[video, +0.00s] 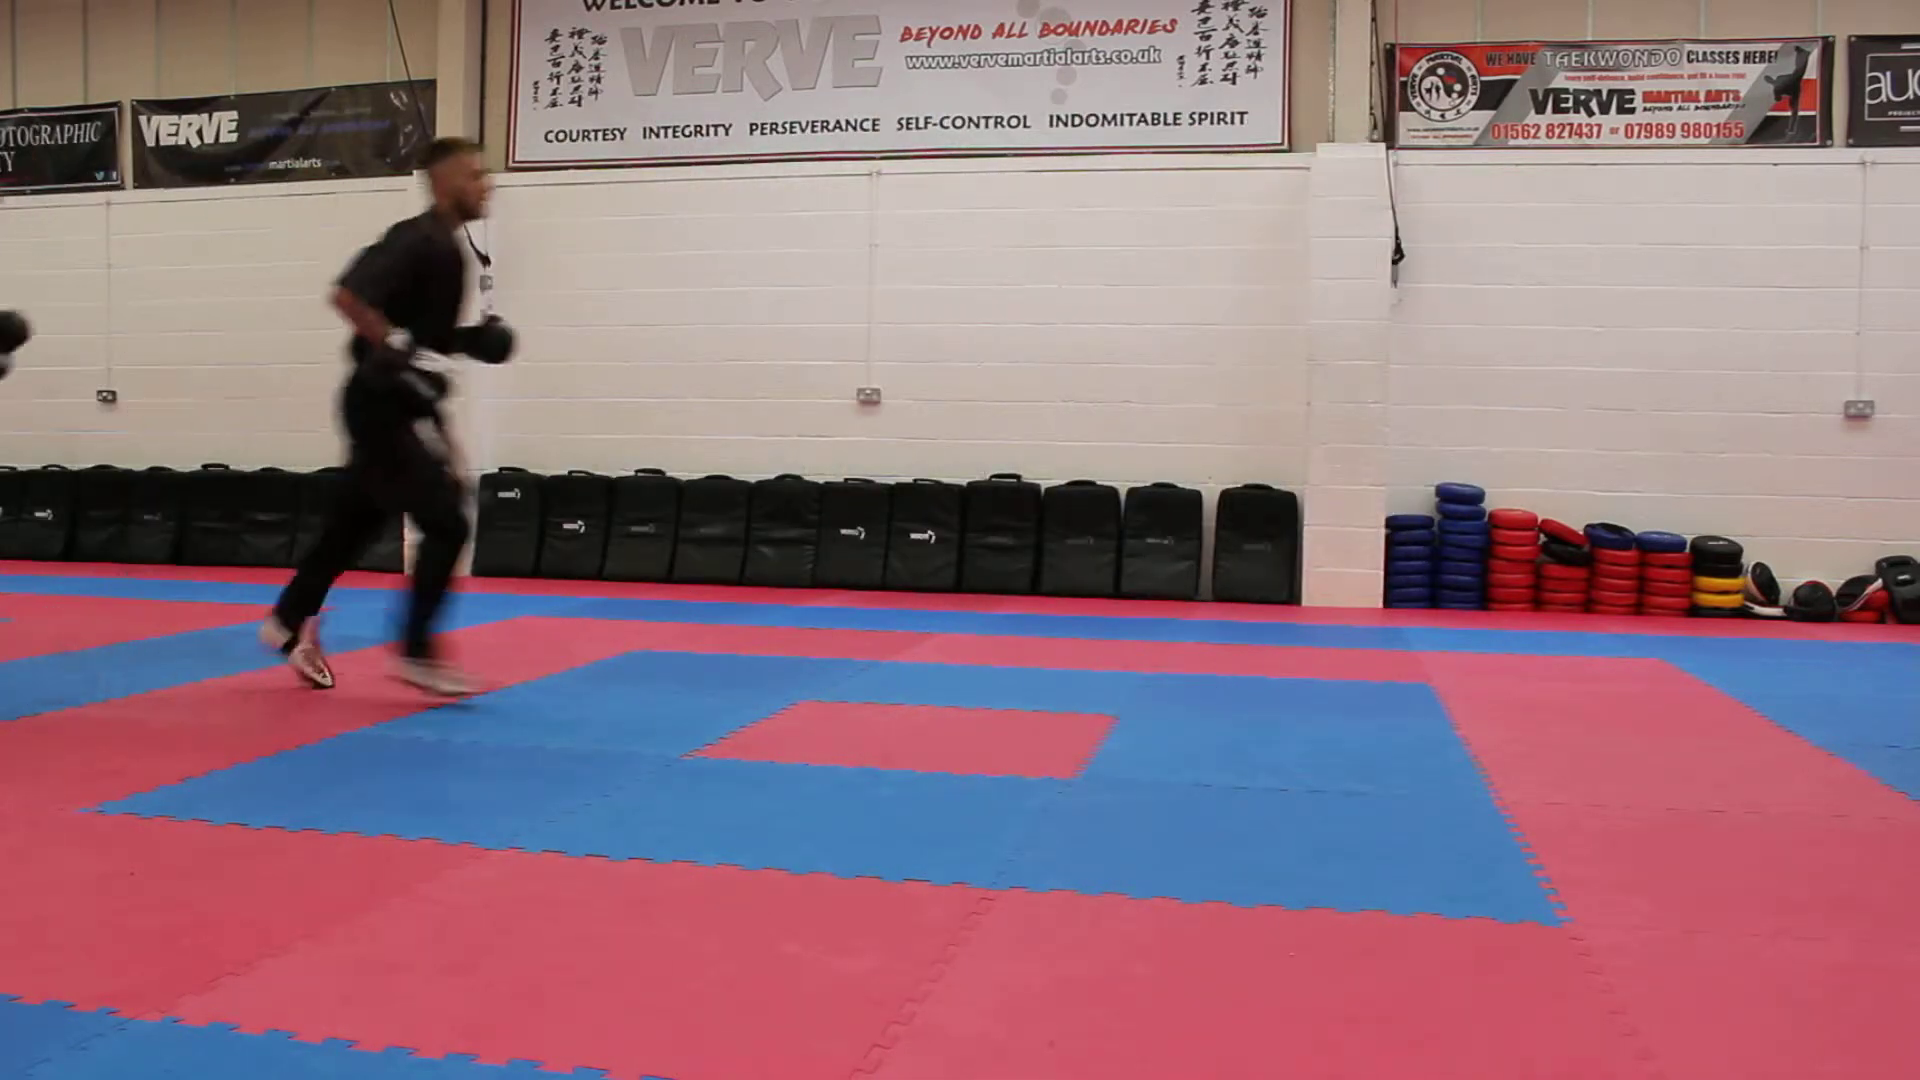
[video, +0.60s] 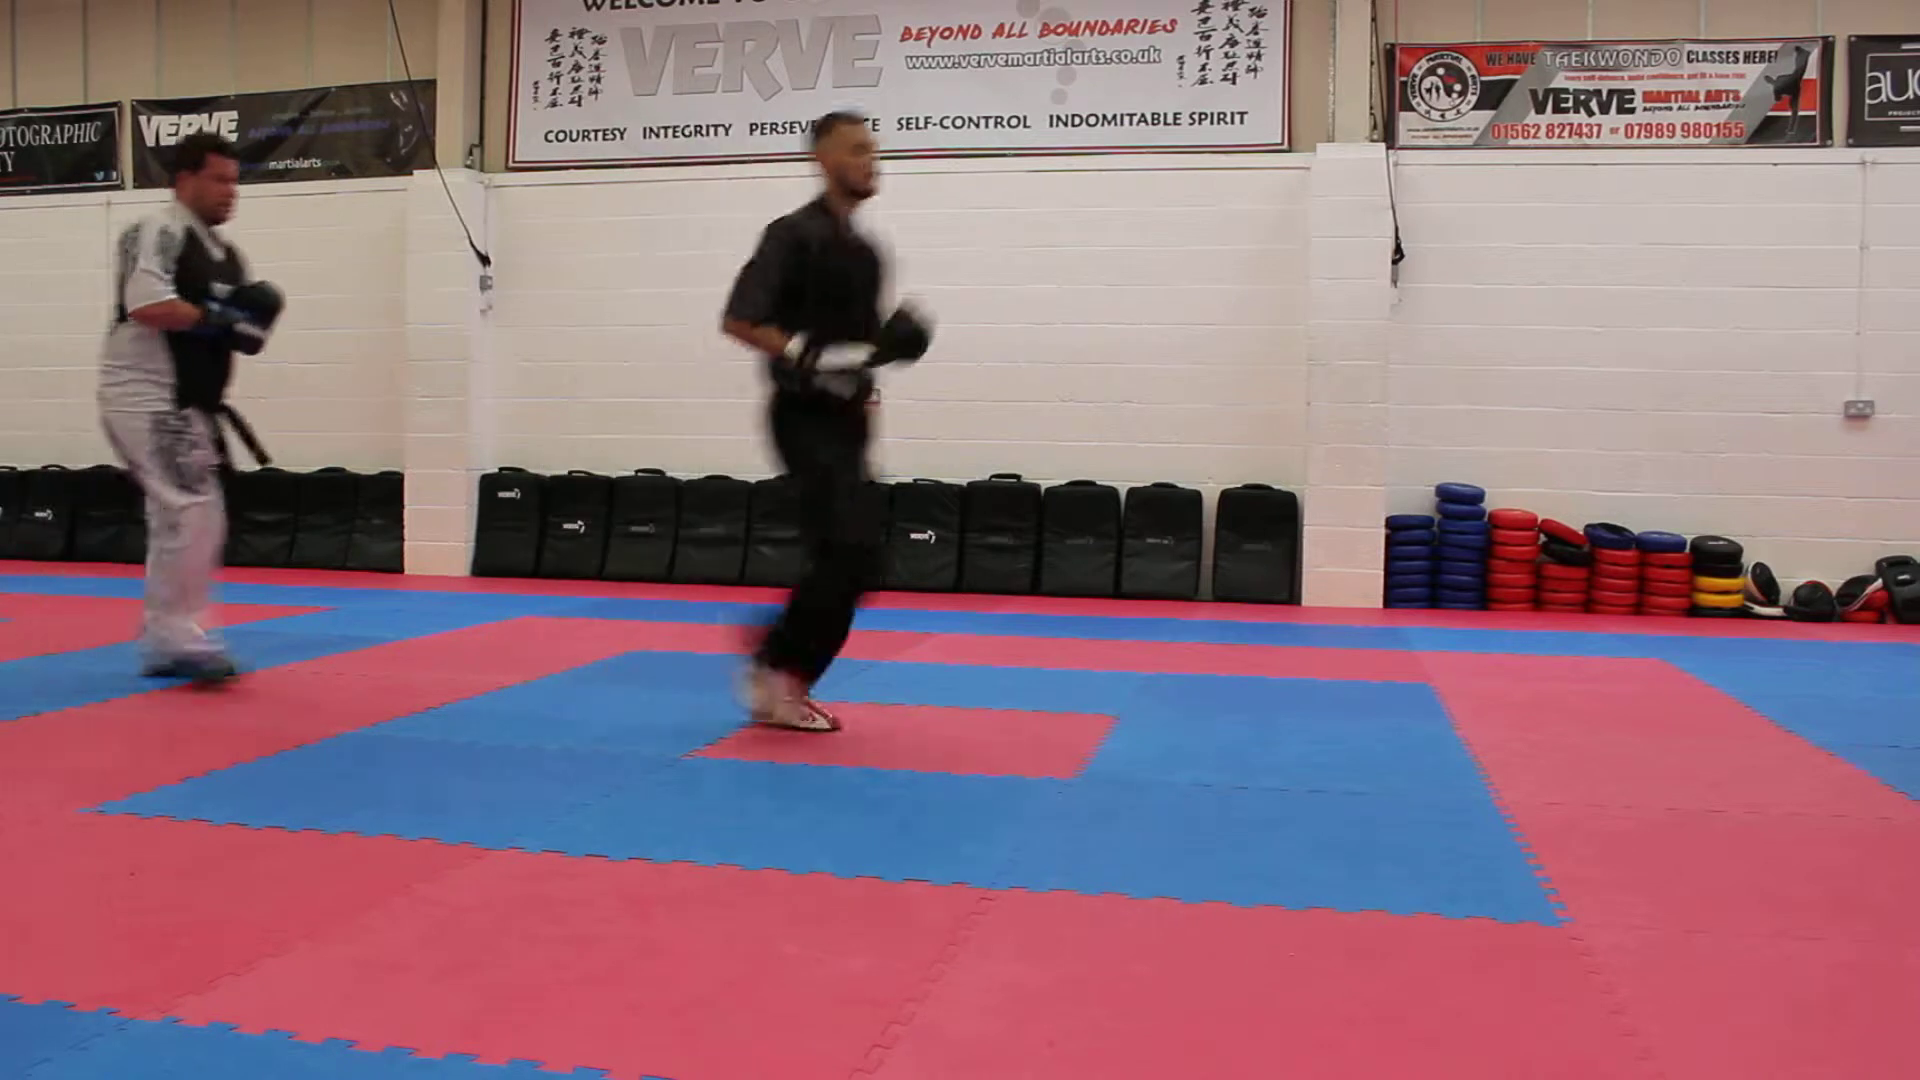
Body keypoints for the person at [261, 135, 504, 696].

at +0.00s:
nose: (485, 185)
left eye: (483, 175)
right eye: (474, 176)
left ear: (460, 183)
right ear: (442, 183)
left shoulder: (449, 248)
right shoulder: (416, 239)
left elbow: (426, 327)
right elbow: (349, 295)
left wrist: (473, 339)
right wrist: (397, 347)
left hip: (399, 397)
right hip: (380, 401)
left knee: (361, 514)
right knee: (446, 520)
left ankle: (287, 619)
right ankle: (416, 652)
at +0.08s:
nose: (532, 182)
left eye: (532, 172)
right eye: (520, 173)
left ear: (515, 182)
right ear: (486, 180)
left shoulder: (501, 253)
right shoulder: (458, 246)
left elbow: (473, 331)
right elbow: (401, 317)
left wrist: (514, 354)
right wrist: (452, 375)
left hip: (454, 402)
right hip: (427, 404)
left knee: (414, 523)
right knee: (481, 525)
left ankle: (334, 593)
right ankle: (493, 667)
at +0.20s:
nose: (602, 192)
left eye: (600, 182)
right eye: (590, 182)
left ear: (571, 192)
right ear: (555, 189)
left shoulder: (563, 262)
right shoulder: (533, 262)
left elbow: (543, 355)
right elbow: (500, 361)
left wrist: (580, 393)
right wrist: (559, 394)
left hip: (533, 421)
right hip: (508, 424)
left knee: (536, 541)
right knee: (541, 547)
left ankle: (461, 591)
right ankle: (508, 676)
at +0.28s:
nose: (651, 175)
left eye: (651, 165)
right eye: (639, 165)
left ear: (636, 173)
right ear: (605, 170)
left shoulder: (616, 244)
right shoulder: (590, 243)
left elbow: (595, 341)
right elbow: (558, 340)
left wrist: (650, 365)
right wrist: (626, 354)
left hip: (594, 407)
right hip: (562, 409)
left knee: (616, 542)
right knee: (558, 539)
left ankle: (550, 622)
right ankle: (513, 662)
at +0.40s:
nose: (735, 150)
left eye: (734, 139)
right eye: (723, 139)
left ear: (709, 147)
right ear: (688, 145)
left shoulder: (699, 218)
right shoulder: (675, 217)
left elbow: (683, 306)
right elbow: (653, 308)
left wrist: (727, 328)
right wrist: (718, 321)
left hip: (689, 395)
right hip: (657, 396)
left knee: (714, 525)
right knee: (613, 521)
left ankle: (728, 663)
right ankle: (538, 635)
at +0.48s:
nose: (789, 162)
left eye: (789, 151)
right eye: (778, 151)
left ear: (764, 160)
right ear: (744, 157)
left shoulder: (755, 228)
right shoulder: (732, 226)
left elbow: (745, 320)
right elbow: (700, 318)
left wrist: (788, 353)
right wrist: (775, 353)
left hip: (741, 404)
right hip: (719, 407)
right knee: (758, 541)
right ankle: (779, 686)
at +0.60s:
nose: (871, 163)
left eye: (873, 151)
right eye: (857, 151)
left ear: (870, 160)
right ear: (823, 159)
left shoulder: (864, 249)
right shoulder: (792, 235)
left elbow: (852, 331)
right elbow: (740, 321)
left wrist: (890, 337)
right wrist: (805, 351)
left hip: (846, 413)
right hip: (802, 411)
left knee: (849, 545)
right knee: (845, 541)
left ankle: (789, 686)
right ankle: (775, 669)